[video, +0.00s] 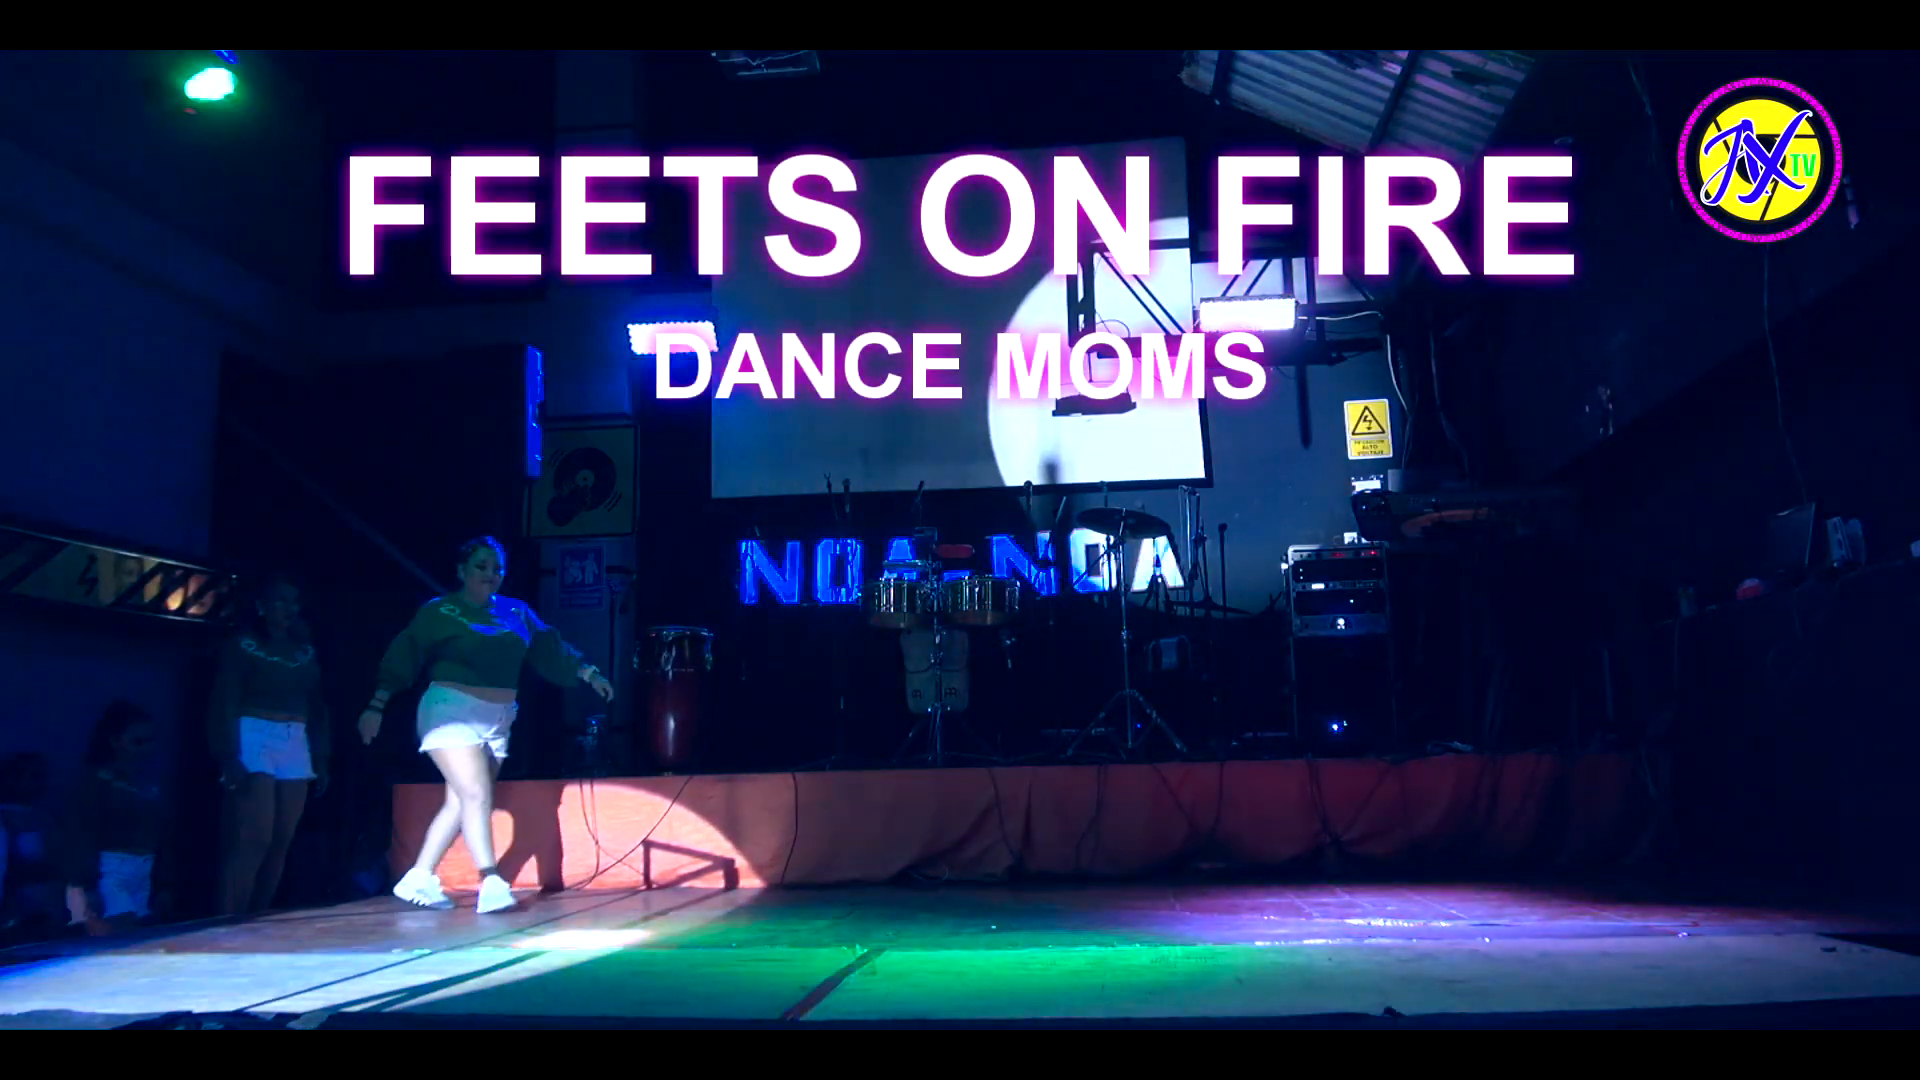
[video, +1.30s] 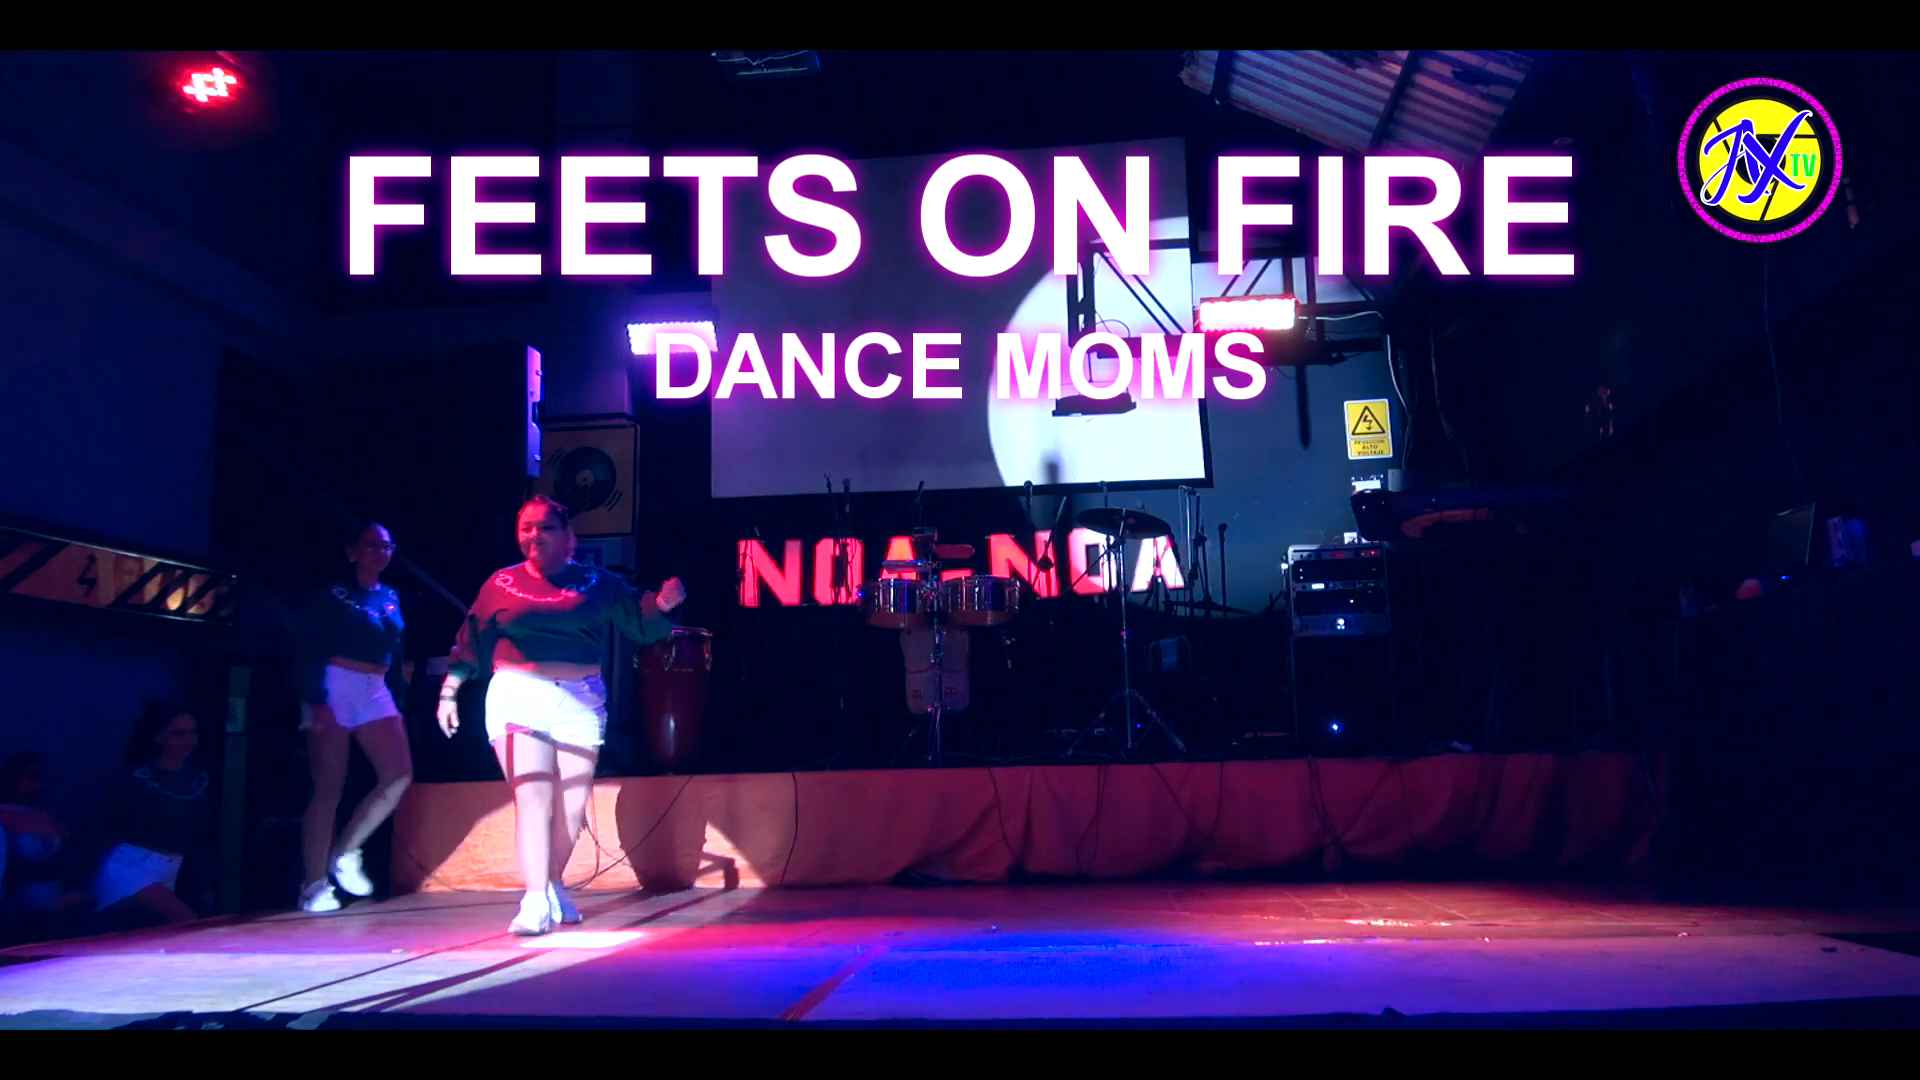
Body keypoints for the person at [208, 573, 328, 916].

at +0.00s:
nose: (286, 610)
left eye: (291, 603)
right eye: (279, 602)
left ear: (298, 608)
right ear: (263, 605)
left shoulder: (304, 651)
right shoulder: (245, 644)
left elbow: (315, 706)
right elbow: (226, 699)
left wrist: (318, 756)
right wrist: (228, 754)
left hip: (296, 735)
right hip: (255, 732)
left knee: (283, 835)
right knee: (257, 832)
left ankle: (260, 915)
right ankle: (232, 915)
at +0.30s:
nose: (295, 611)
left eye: (299, 604)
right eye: (288, 603)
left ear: (304, 611)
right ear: (271, 607)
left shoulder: (312, 653)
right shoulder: (251, 647)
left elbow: (325, 707)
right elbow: (230, 698)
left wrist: (327, 757)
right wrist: (226, 751)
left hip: (302, 735)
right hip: (260, 731)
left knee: (293, 813)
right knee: (305, 802)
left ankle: (268, 895)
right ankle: (252, 874)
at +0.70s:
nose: (319, 608)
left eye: (323, 602)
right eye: (311, 600)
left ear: (327, 610)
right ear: (292, 605)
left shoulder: (334, 654)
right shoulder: (267, 647)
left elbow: (347, 712)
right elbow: (244, 704)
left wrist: (352, 760)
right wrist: (241, 763)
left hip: (319, 739)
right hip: (275, 733)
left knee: (288, 842)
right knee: (332, 791)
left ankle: (254, 919)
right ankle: (308, 885)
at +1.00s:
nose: (348, 577)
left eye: (353, 571)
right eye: (340, 571)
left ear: (360, 577)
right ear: (322, 577)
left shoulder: (365, 625)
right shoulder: (298, 617)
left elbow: (379, 682)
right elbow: (272, 676)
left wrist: (385, 730)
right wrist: (266, 735)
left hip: (343, 716)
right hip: (300, 707)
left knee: (330, 808)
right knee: (332, 795)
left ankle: (276, 897)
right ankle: (315, 887)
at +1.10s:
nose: (358, 565)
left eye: (363, 559)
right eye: (349, 559)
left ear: (369, 568)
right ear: (331, 566)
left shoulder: (372, 614)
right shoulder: (307, 604)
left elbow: (384, 670)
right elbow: (282, 663)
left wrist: (392, 716)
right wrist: (276, 722)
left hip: (353, 704)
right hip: (309, 695)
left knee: (359, 799)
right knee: (329, 789)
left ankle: (283, 867)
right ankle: (314, 886)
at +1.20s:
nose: (370, 558)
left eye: (374, 552)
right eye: (362, 552)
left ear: (379, 560)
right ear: (342, 558)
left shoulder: (380, 606)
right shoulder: (318, 598)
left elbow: (389, 665)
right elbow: (295, 657)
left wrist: (394, 711)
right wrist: (292, 713)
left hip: (364, 694)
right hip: (322, 688)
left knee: (378, 787)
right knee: (329, 789)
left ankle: (308, 841)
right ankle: (315, 885)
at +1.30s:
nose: (381, 552)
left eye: (385, 546)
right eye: (373, 545)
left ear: (391, 554)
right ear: (353, 551)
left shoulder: (388, 597)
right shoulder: (331, 591)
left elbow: (394, 655)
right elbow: (310, 646)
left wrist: (395, 702)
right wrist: (313, 701)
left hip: (375, 685)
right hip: (334, 681)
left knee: (398, 774)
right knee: (329, 787)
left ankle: (346, 853)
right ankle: (314, 884)